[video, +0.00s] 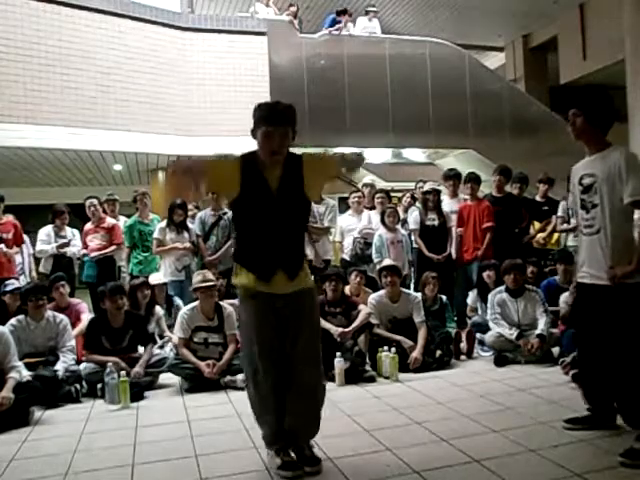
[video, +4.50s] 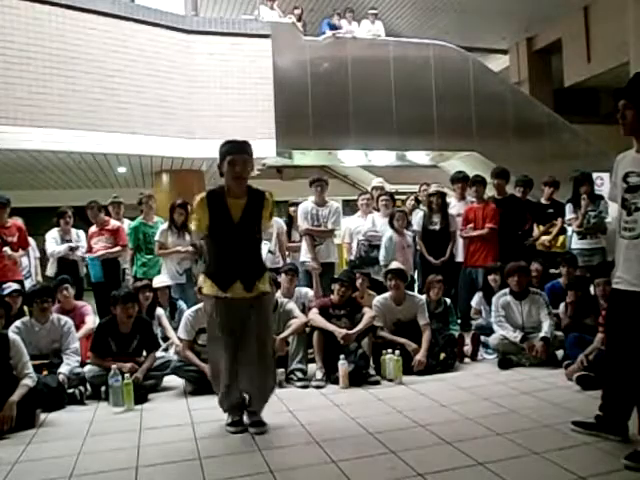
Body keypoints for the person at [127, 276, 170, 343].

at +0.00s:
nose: (145, 293)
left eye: (147, 289)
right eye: (141, 291)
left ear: (151, 291)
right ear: (134, 294)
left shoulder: (156, 310)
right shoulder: (129, 312)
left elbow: (165, 331)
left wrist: (173, 338)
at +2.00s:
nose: (146, 296)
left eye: (149, 292)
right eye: (142, 293)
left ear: (152, 294)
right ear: (137, 296)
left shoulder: (158, 311)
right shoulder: (134, 312)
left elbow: (167, 328)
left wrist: (175, 341)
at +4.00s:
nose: (146, 295)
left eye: (149, 292)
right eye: (142, 292)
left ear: (152, 294)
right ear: (137, 295)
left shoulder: (158, 311)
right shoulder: (134, 312)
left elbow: (168, 329)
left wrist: (176, 341)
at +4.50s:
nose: (147, 295)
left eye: (149, 291)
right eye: (143, 292)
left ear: (153, 294)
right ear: (137, 295)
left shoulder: (158, 311)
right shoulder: (133, 312)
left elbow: (168, 329)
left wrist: (178, 344)